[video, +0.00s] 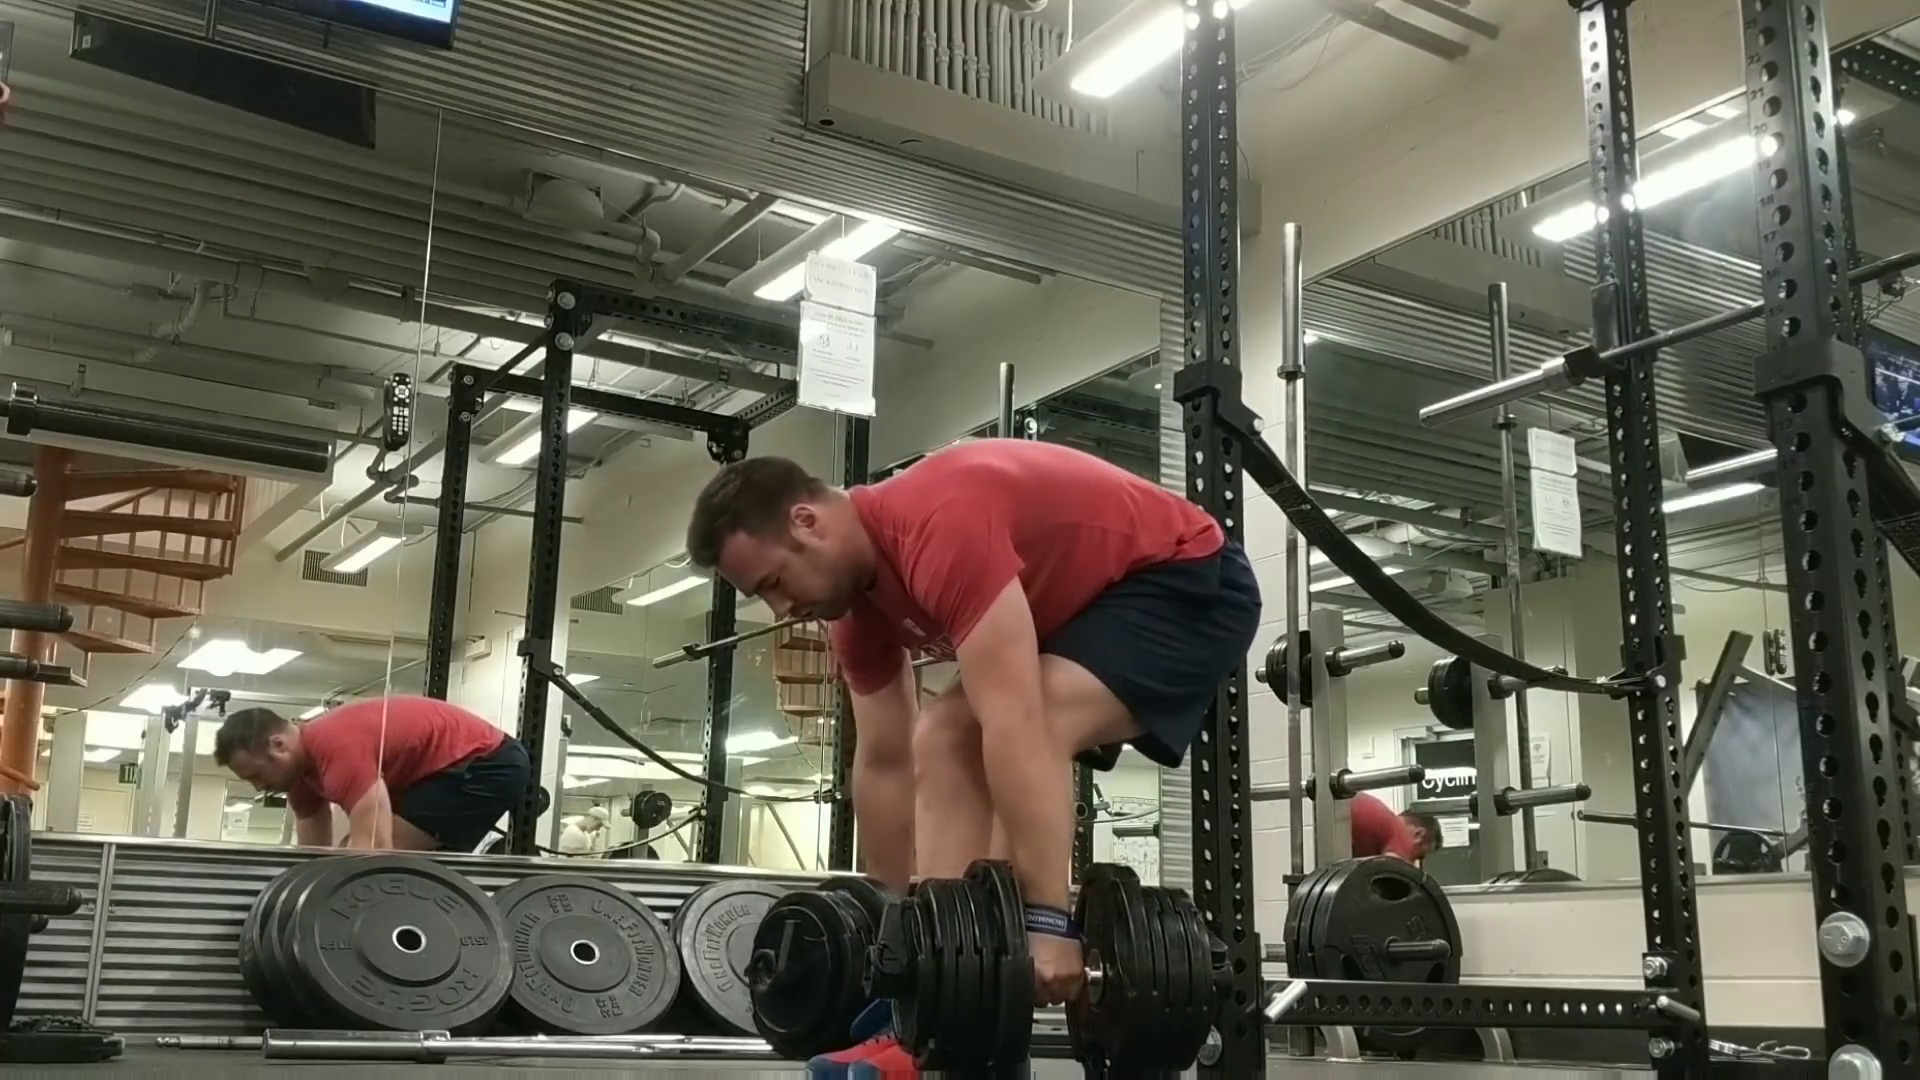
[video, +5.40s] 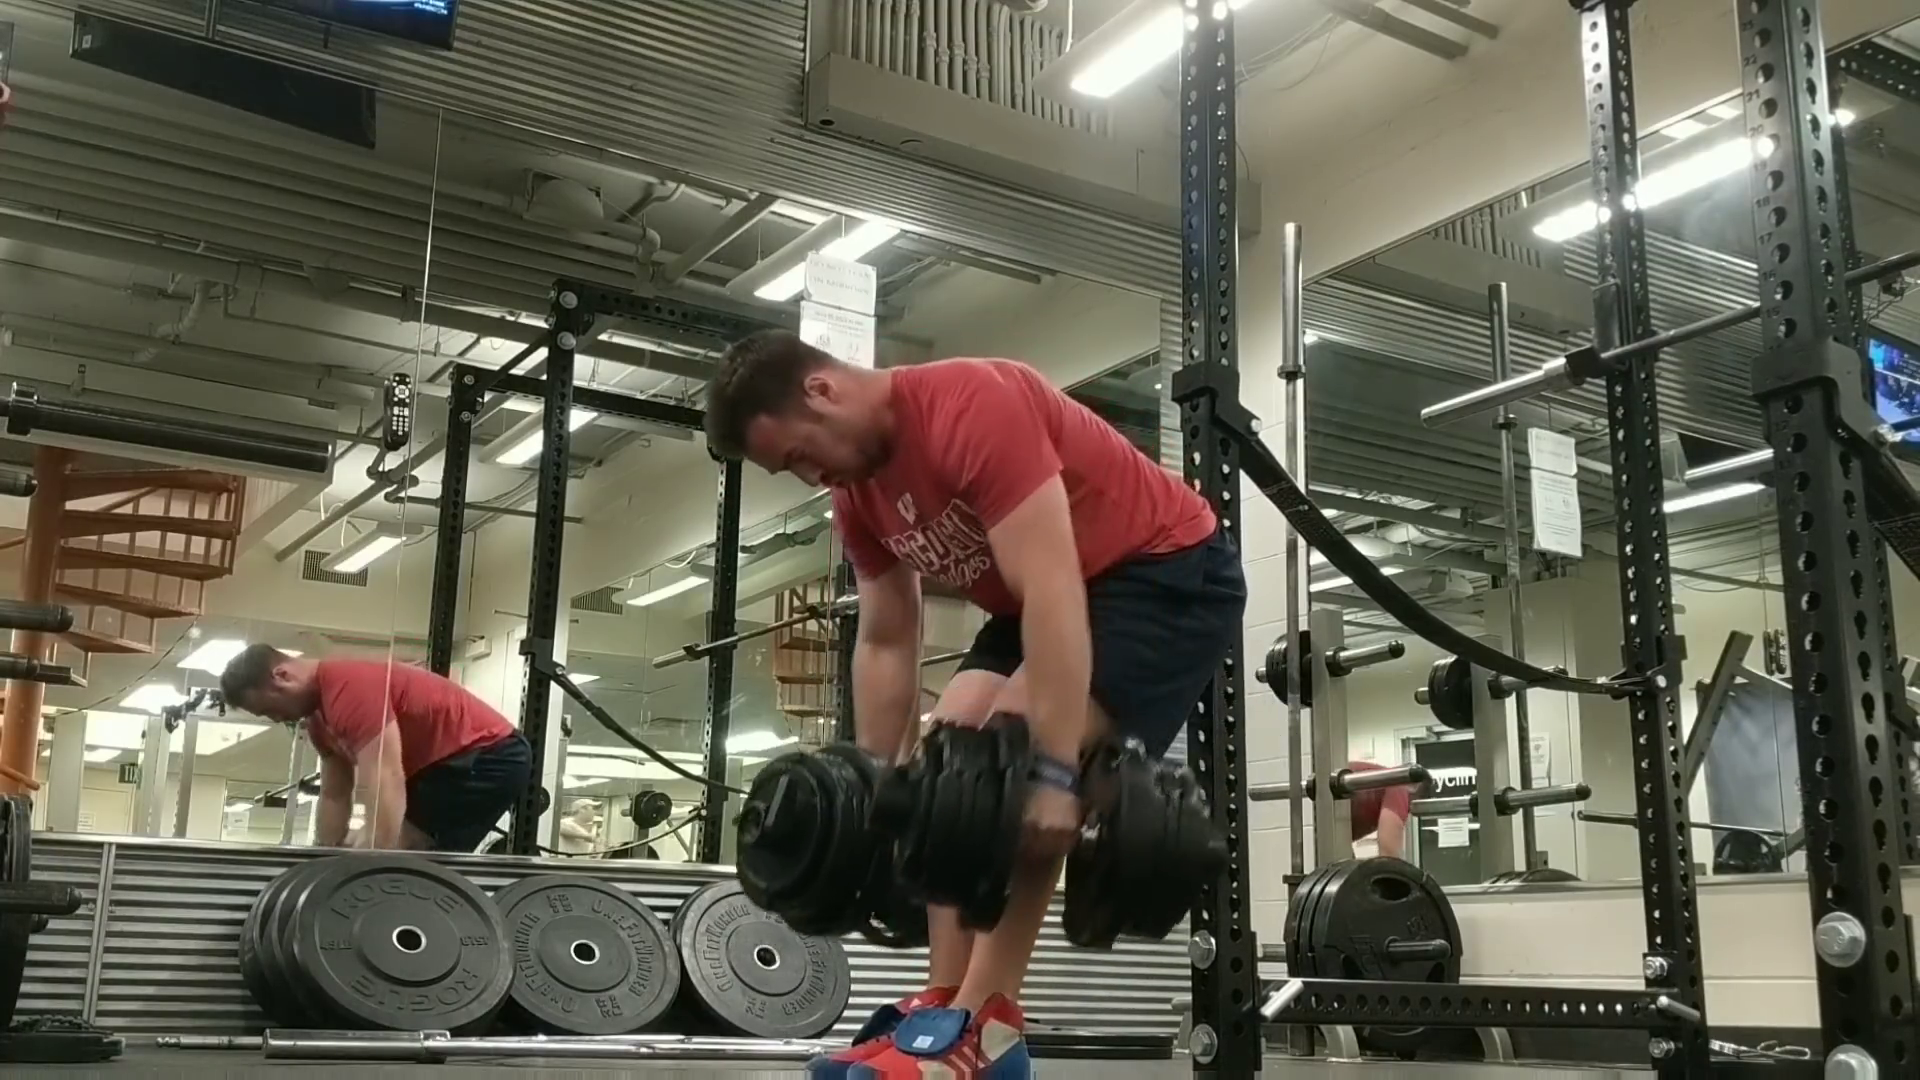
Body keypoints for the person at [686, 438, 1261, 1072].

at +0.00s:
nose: (778, 610)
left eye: (772, 584)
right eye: (761, 597)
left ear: (807, 523)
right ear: (806, 523)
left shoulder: (947, 525)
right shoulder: (859, 608)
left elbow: (1018, 722)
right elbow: (883, 764)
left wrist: (1049, 920)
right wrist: (886, 944)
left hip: (1186, 584)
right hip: (1082, 613)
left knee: (1021, 728)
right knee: (944, 730)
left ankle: (976, 1025)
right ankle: (918, 1007)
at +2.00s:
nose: (757, 557)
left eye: (755, 530)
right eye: (742, 545)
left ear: (797, 470)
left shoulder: (944, 505)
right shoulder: (837, 591)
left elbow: (992, 703)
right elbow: (858, 746)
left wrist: (1001, 905)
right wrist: (850, 912)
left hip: (1169, 581)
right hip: (1062, 615)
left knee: (1021, 725)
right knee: (929, 738)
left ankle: (994, 1024)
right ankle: (927, 1021)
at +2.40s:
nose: (773, 510)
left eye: (767, 484)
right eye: (756, 499)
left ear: (804, 423)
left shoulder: (952, 456)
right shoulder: (846, 538)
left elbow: (1043, 624)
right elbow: (883, 684)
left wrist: (1040, 808)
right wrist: (876, 844)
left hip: (1166, 578)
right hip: (1054, 603)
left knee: (1009, 732)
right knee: (942, 733)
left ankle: (993, 1020)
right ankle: (943, 1003)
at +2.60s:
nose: (796, 478)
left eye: (788, 455)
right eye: (778, 471)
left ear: (816, 391)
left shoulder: (967, 412)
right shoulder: (857, 509)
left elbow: (1094, 548)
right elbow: (906, 631)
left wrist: (1088, 721)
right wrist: (896, 769)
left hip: (1163, 572)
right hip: (1040, 604)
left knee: (1020, 764)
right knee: (948, 757)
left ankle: (988, 1020)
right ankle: (941, 1004)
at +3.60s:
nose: (794, 482)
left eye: (785, 459)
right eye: (775, 475)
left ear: (812, 394)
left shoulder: (965, 420)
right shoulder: (853, 512)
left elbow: (1026, 602)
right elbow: (874, 665)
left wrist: (1029, 786)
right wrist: (864, 821)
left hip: (1164, 574)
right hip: (1053, 603)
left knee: (1018, 741)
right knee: (930, 747)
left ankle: (991, 1018)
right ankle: (942, 1000)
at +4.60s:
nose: (819, 453)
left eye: (810, 432)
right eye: (800, 447)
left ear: (834, 366)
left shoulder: (985, 382)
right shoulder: (865, 475)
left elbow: (1107, 524)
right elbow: (915, 595)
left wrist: (1097, 691)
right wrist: (904, 735)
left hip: (1159, 563)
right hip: (1038, 594)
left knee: (1026, 752)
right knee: (956, 746)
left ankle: (991, 1014)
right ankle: (942, 1000)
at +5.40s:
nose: (808, 477)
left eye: (798, 457)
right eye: (790, 471)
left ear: (823, 390)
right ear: (823, 393)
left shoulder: (976, 407)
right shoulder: (857, 493)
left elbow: (1051, 590)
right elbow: (885, 641)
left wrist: (1055, 774)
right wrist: (872, 794)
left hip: (1163, 570)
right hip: (1043, 596)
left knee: (1028, 743)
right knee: (947, 746)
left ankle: (989, 1018)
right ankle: (944, 999)